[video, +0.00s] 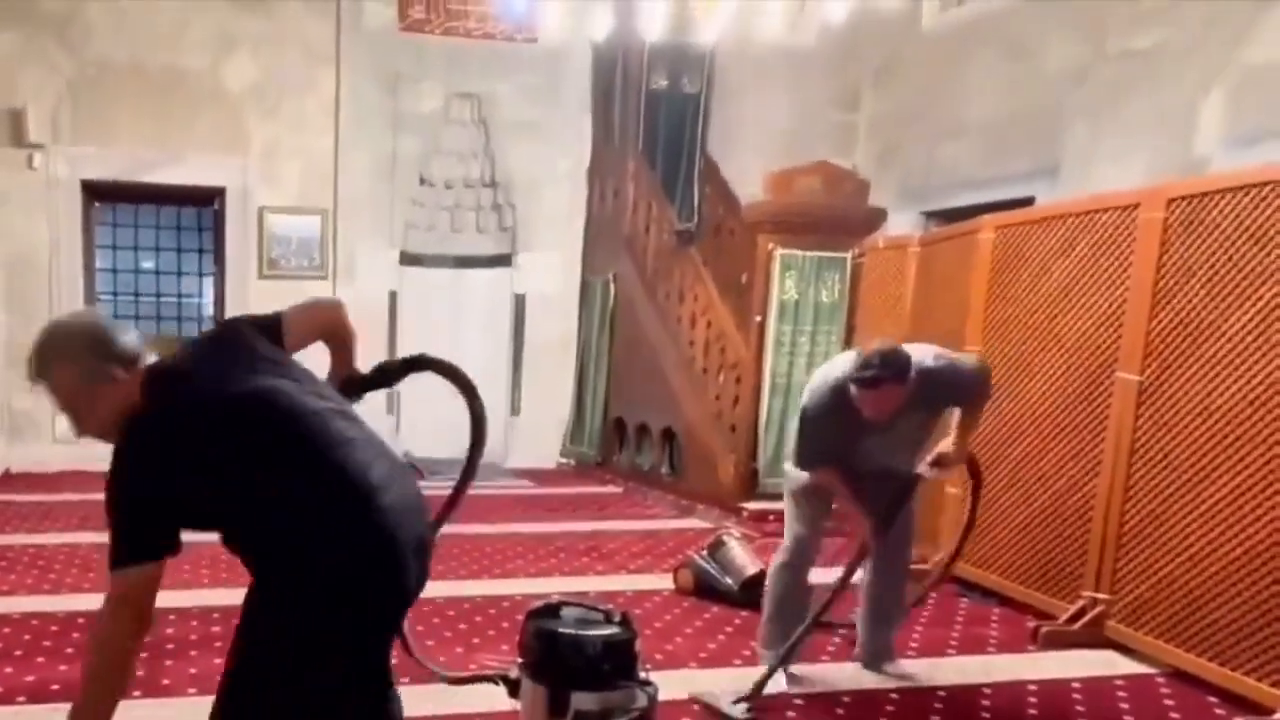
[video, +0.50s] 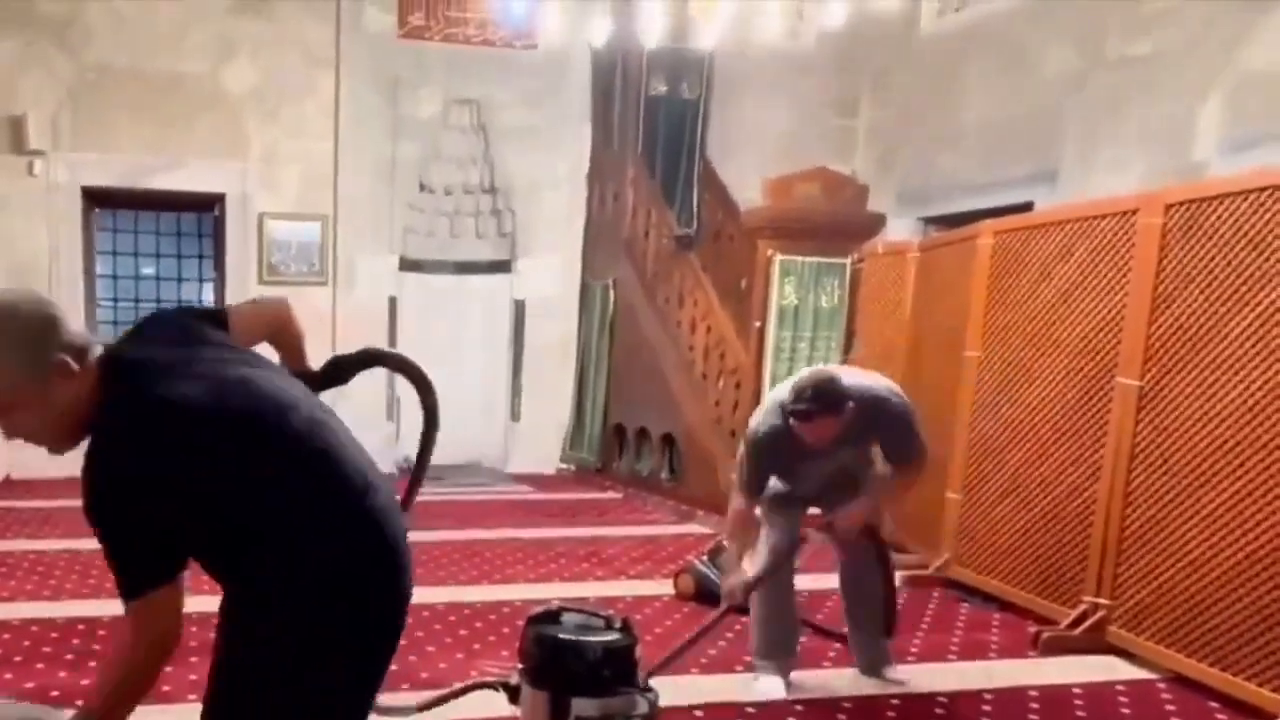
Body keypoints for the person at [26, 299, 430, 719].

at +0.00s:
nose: (78, 428)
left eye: (74, 408)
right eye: (68, 413)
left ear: (109, 377)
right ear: (128, 361)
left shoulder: (142, 456)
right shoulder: (228, 342)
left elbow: (129, 612)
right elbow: (331, 313)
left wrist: (87, 712)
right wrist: (345, 370)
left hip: (323, 566)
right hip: (403, 522)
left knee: (250, 709)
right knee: (358, 694)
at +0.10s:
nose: (37, 443)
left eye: (36, 423)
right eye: (28, 428)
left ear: (81, 393)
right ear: (98, 378)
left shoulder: (116, 475)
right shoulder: (196, 348)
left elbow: (113, 638)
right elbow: (299, 312)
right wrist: (322, 365)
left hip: (316, 569)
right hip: (392, 518)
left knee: (249, 706)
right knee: (346, 696)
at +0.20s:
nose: (26, 462)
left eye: (19, 443)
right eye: (15, 448)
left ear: (60, 408)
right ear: (75, 383)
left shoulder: (104, 488)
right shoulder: (173, 347)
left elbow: (111, 646)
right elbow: (281, 313)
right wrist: (302, 360)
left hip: (328, 569)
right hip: (385, 512)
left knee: (249, 707)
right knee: (329, 700)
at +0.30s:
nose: (17, 464)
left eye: (12, 445)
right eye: (8, 451)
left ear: (52, 403)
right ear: (64, 384)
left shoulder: (99, 495)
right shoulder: (161, 344)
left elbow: (112, 652)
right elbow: (275, 315)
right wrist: (295, 367)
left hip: (324, 573)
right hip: (379, 508)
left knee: (262, 708)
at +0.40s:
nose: (17, 452)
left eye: (14, 433)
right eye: (8, 441)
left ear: (56, 388)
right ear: (67, 375)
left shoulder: (105, 486)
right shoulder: (162, 339)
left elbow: (125, 653)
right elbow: (275, 314)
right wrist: (295, 368)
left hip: (317, 582)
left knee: (263, 708)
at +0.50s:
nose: (11, 431)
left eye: (11, 408)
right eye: (4, 415)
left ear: (64, 372)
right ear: (73, 362)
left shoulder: (117, 470)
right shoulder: (164, 332)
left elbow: (156, 632)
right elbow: (277, 313)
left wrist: (97, 711)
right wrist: (301, 376)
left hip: (300, 593)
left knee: (240, 709)